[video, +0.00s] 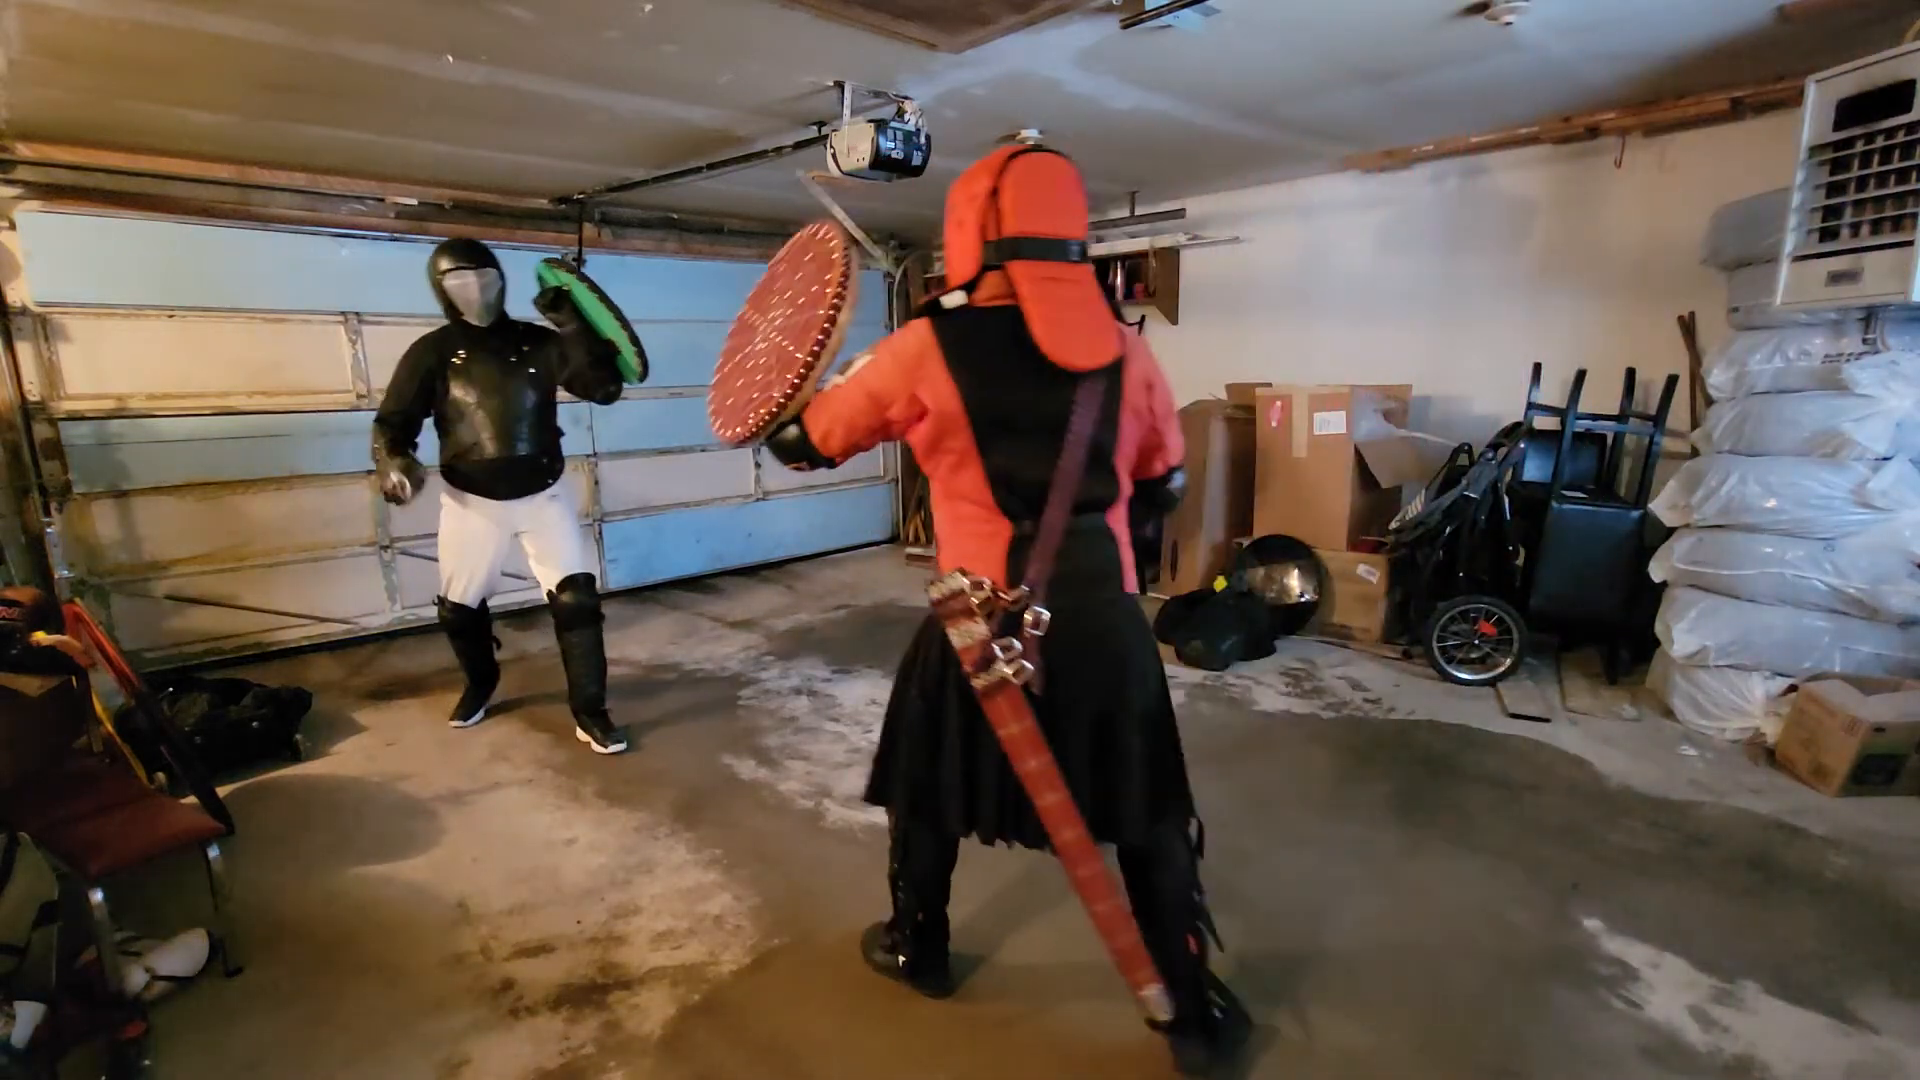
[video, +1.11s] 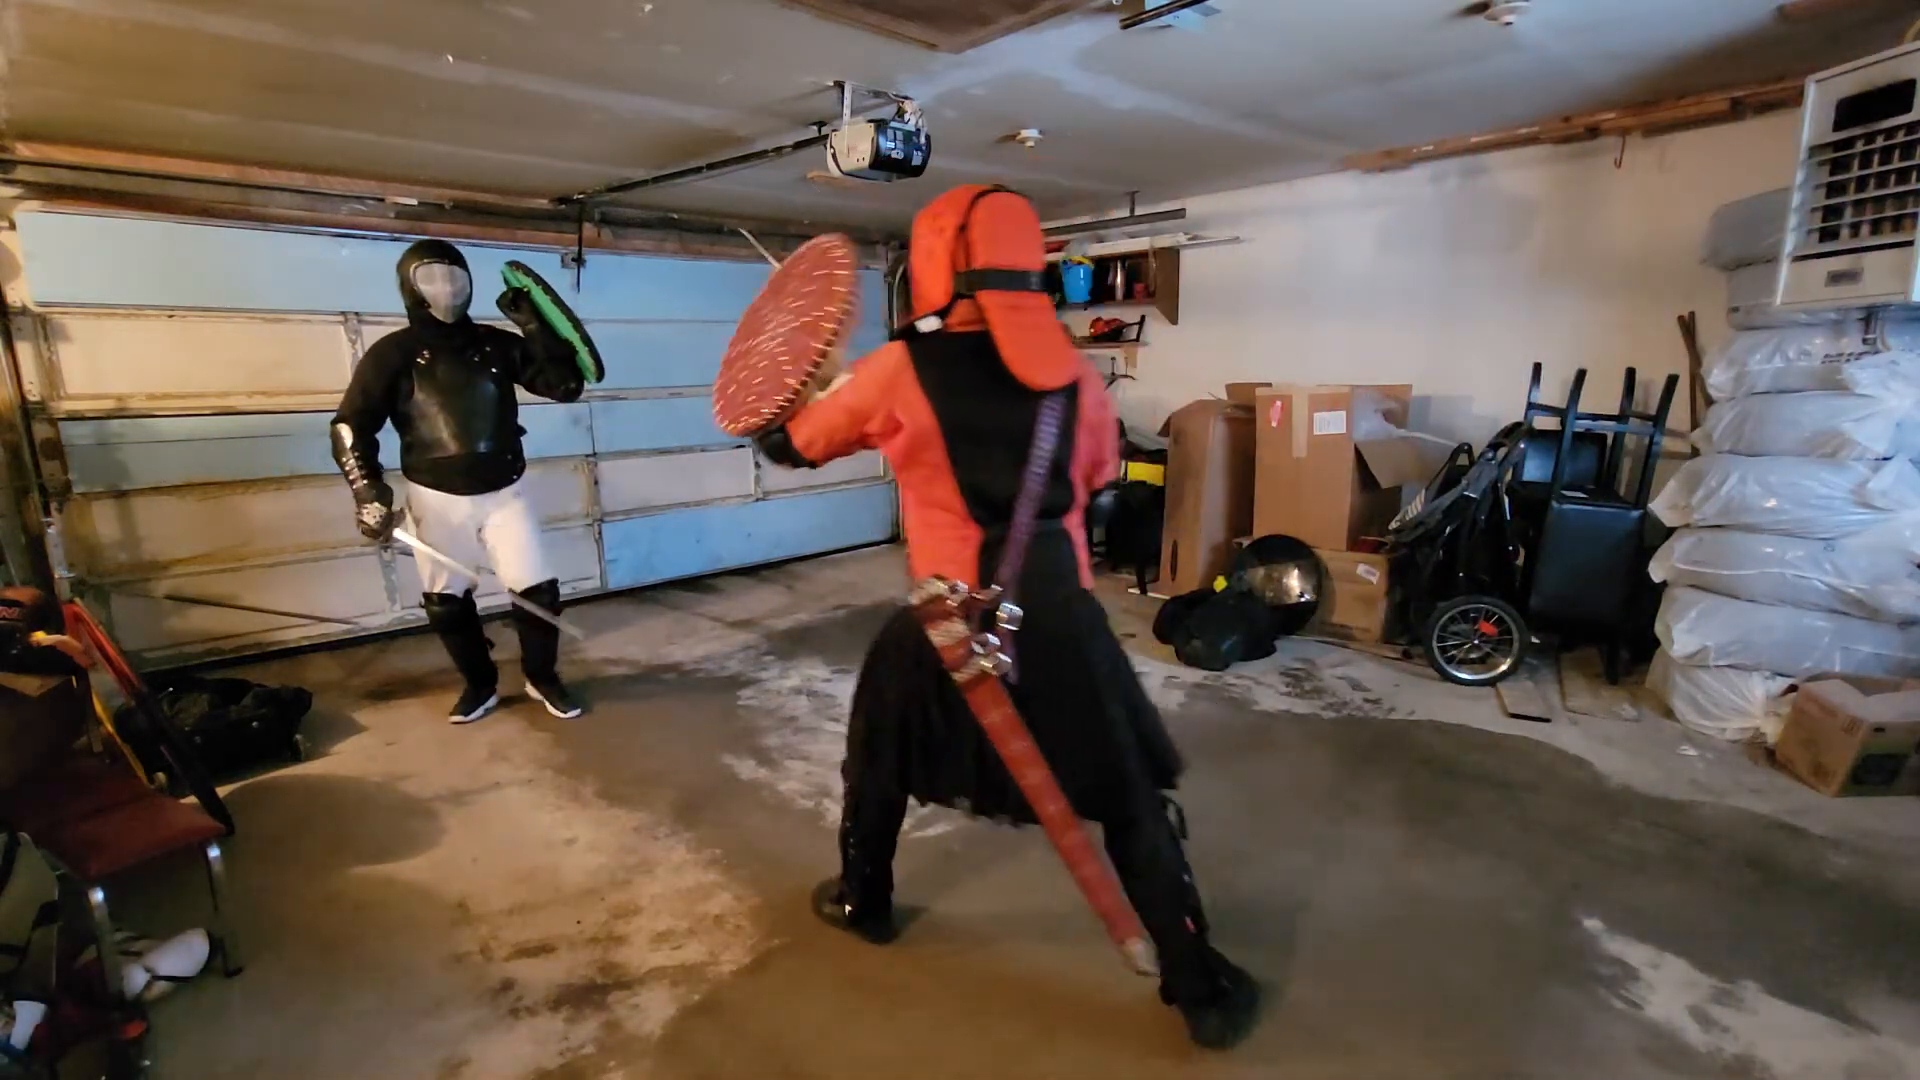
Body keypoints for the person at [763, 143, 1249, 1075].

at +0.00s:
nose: (947, 244)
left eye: (955, 230)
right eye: (955, 231)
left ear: (975, 236)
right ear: (1069, 236)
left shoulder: (928, 348)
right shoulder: (1125, 351)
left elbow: (818, 436)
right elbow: (1160, 488)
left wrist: (781, 411)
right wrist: (1099, 549)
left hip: (977, 622)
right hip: (1105, 618)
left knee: (929, 773)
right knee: (1147, 809)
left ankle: (919, 937)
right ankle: (1194, 1002)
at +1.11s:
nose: (912, 278)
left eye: (919, 264)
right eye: (921, 264)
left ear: (938, 270)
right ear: (1031, 270)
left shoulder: (903, 367)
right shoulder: (1073, 376)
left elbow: (807, 441)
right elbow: (1096, 473)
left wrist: (779, 417)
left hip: (944, 620)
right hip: (1060, 619)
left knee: (881, 734)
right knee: (1127, 791)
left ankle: (864, 894)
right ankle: (1200, 984)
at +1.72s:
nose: (943, 273)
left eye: (949, 260)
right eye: (950, 260)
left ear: (970, 267)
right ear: (1062, 264)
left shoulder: (934, 366)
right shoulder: (1107, 377)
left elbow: (833, 433)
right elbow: (1124, 489)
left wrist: (809, 391)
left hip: (967, 614)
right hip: (1080, 612)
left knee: (897, 746)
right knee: (1112, 774)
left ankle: (871, 893)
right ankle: (1131, 961)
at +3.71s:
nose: (877, 296)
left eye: (882, 285)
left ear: (895, 290)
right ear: (974, 283)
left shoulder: (866, 374)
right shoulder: (1027, 374)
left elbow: (788, 426)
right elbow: (1052, 495)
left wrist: (790, 351)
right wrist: (999, 536)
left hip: (914, 587)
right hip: (1015, 583)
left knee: (858, 713)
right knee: (1084, 732)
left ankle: (848, 853)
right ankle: (1142, 900)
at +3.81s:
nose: (902, 305)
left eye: (907, 293)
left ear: (919, 298)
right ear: (1007, 291)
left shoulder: (897, 383)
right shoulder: (1056, 382)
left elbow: (815, 429)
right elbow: (1090, 481)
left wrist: (825, 336)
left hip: (939, 599)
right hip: (1044, 596)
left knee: (870, 719)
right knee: (1105, 738)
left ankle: (850, 857)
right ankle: (1148, 907)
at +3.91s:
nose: (948, 305)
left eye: (951, 293)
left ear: (959, 298)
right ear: (1040, 297)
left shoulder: (927, 384)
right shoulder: (1093, 390)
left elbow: (847, 431)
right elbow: (1132, 509)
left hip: (962, 611)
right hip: (1073, 610)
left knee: (887, 726)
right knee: (1124, 745)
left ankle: (851, 856)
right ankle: (1151, 908)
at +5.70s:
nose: (1045, 292)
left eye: (1051, 281)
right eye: (1048, 280)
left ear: (1068, 286)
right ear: (1141, 286)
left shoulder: (1032, 369)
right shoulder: (1190, 373)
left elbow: (956, 449)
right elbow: (1226, 492)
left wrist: (934, 391)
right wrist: (1170, 517)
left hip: (1057, 578)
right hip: (1164, 580)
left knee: (985, 694)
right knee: (1207, 726)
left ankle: (974, 834)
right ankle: (1236, 890)